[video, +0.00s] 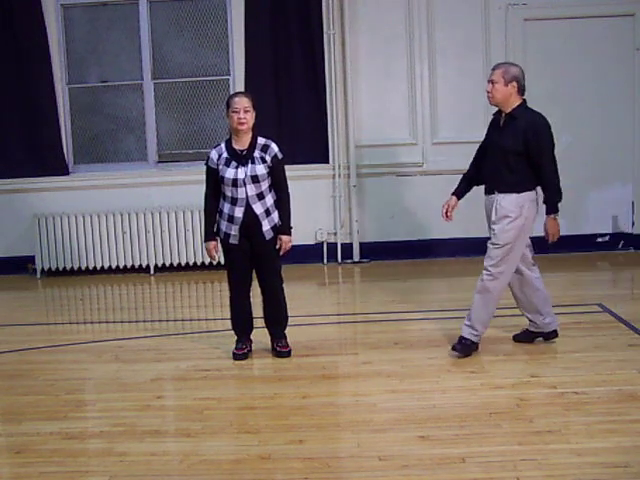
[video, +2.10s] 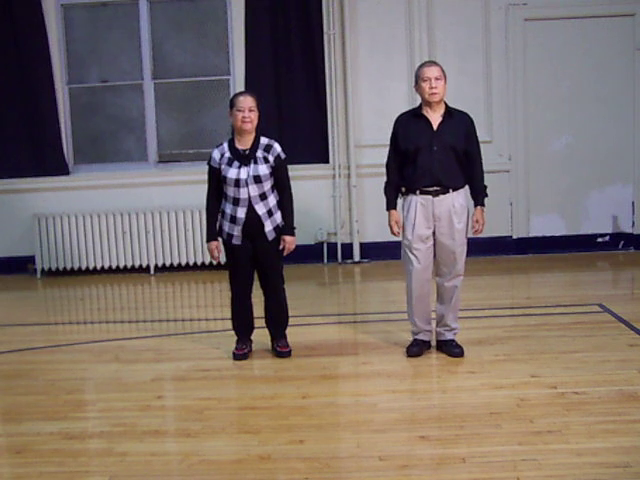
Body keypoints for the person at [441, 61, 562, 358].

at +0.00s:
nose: (488, 88)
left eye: (493, 83)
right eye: (488, 83)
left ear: (512, 87)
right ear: (505, 87)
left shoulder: (534, 123)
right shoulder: (498, 121)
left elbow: (548, 170)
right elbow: (481, 161)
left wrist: (552, 214)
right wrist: (457, 195)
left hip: (517, 202)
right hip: (494, 201)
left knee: (495, 268)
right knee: (519, 264)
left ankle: (471, 335)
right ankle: (543, 324)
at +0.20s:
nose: (469, 87)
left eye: (474, 82)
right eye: (470, 81)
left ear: (493, 87)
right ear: (488, 87)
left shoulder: (513, 124)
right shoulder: (475, 121)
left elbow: (524, 174)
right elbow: (461, 161)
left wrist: (522, 218)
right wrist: (443, 195)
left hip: (493, 203)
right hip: (469, 202)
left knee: (480, 271)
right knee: (485, 266)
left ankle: (467, 336)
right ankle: (528, 313)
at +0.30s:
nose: (460, 85)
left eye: (465, 81)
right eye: (461, 80)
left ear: (483, 86)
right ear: (478, 85)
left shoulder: (505, 124)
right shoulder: (465, 120)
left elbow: (511, 175)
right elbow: (452, 162)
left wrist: (501, 217)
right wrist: (437, 198)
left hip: (483, 203)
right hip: (457, 202)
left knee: (477, 271)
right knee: (458, 266)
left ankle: (467, 335)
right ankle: (507, 307)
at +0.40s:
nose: (451, 84)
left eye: (457, 80)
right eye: (453, 79)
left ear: (475, 85)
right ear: (471, 84)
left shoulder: (498, 122)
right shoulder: (456, 119)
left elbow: (500, 175)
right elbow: (444, 163)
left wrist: (482, 212)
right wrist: (432, 201)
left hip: (477, 203)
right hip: (448, 203)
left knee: (474, 272)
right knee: (444, 267)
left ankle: (467, 335)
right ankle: (478, 316)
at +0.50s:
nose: (445, 84)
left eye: (451, 79)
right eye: (446, 79)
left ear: (469, 85)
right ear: (462, 85)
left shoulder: (491, 123)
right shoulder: (447, 119)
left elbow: (491, 173)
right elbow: (436, 163)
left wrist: (467, 205)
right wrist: (429, 203)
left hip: (475, 205)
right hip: (442, 202)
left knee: (474, 272)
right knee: (438, 269)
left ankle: (467, 335)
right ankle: (440, 330)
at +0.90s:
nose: (435, 86)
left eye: (441, 81)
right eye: (429, 81)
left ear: (451, 85)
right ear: (423, 86)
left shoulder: (466, 123)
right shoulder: (410, 121)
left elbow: (478, 168)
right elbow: (397, 164)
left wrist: (483, 210)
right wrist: (390, 203)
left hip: (454, 204)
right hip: (416, 204)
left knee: (459, 271)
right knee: (419, 271)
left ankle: (461, 335)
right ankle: (426, 333)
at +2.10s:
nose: (432, 85)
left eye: (437, 79)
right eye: (426, 80)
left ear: (445, 84)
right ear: (417, 87)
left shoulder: (462, 121)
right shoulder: (404, 122)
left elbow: (474, 164)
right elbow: (393, 167)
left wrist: (479, 204)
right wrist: (392, 208)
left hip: (454, 202)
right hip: (415, 203)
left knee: (451, 272)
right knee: (418, 271)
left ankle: (447, 335)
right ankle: (421, 336)